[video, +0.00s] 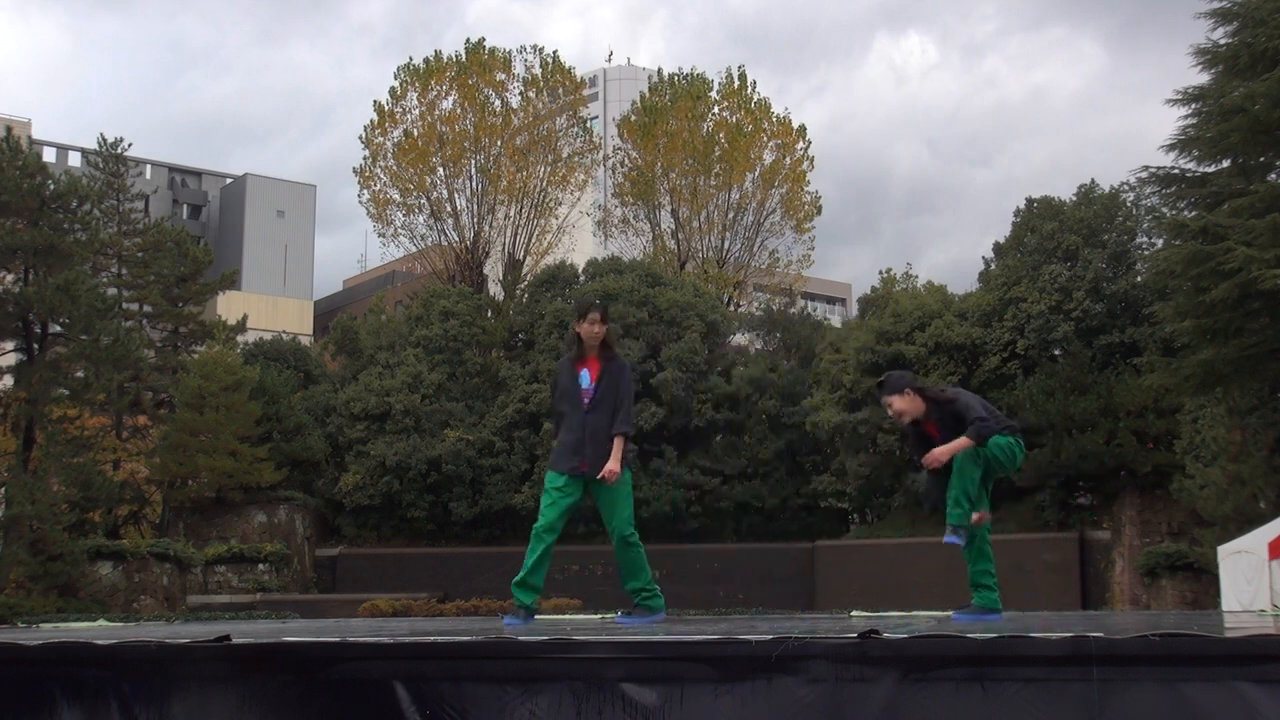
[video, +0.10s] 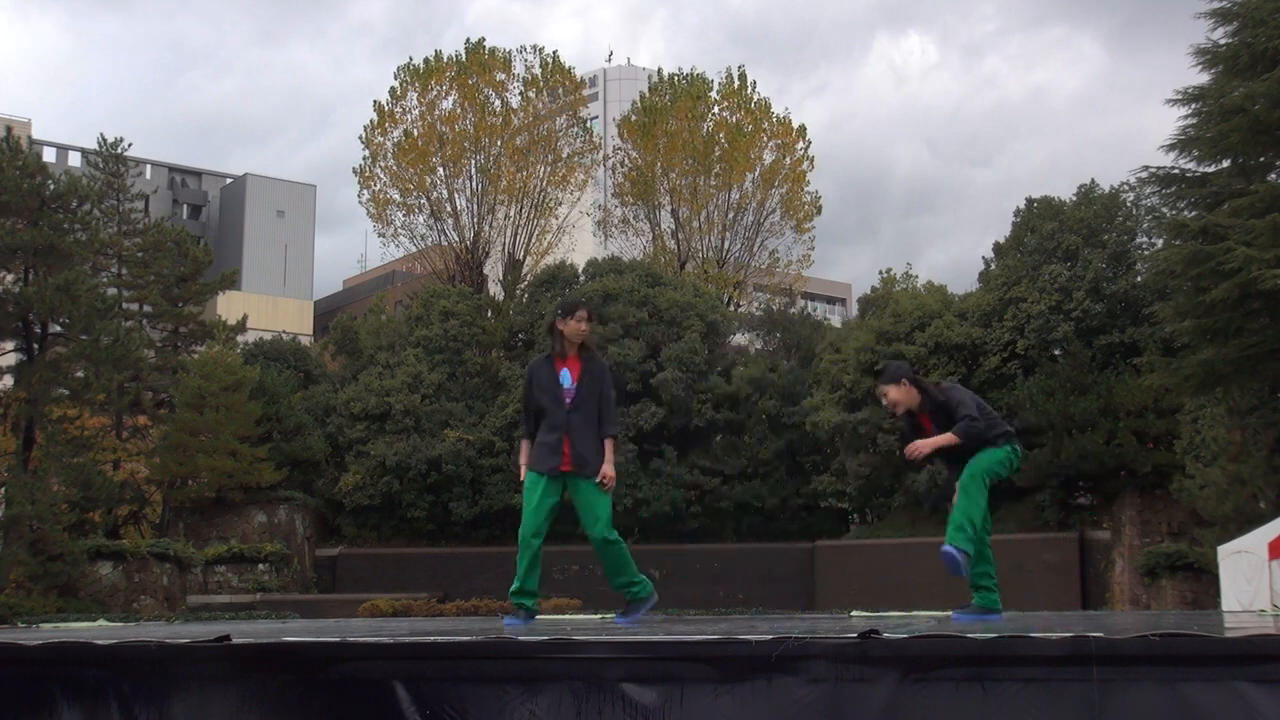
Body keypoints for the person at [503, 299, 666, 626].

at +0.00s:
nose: (596, 329)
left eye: (600, 323)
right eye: (589, 323)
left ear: (606, 328)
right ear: (577, 327)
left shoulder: (618, 367)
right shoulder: (564, 367)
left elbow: (624, 415)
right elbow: (558, 414)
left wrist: (615, 457)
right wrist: (563, 449)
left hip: (608, 463)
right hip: (566, 462)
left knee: (623, 533)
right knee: (544, 528)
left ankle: (649, 603)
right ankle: (523, 605)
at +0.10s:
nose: (583, 326)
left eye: (586, 321)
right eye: (576, 320)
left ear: (589, 327)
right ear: (559, 324)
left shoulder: (598, 368)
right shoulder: (538, 368)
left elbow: (607, 416)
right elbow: (529, 419)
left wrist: (609, 460)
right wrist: (524, 463)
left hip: (587, 466)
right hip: (544, 465)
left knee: (600, 534)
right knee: (529, 534)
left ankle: (640, 593)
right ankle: (524, 606)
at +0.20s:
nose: (567, 323)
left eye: (569, 318)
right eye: (561, 317)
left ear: (570, 323)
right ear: (542, 320)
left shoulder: (581, 363)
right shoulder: (521, 365)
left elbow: (591, 414)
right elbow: (508, 416)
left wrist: (592, 457)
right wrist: (509, 461)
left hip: (570, 462)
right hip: (529, 463)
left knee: (569, 521)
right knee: (524, 533)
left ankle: (612, 581)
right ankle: (522, 605)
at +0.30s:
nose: (553, 317)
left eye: (555, 312)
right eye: (546, 312)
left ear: (556, 318)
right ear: (529, 315)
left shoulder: (568, 359)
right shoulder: (508, 363)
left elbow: (578, 410)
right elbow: (499, 416)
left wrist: (578, 451)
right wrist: (501, 466)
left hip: (560, 458)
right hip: (519, 460)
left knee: (550, 516)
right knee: (520, 531)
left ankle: (569, 594)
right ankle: (522, 604)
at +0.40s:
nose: (541, 315)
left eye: (543, 310)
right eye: (534, 309)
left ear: (544, 316)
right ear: (516, 313)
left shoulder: (557, 358)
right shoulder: (496, 362)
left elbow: (568, 409)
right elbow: (488, 417)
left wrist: (570, 450)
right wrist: (493, 464)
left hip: (549, 457)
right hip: (509, 457)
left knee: (537, 524)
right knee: (511, 528)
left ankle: (528, 601)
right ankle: (515, 598)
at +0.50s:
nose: (529, 314)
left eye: (532, 310)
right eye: (523, 308)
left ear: (535, 317)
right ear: (506, 313)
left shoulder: (548, 358)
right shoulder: (488, 363)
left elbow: (560, 411)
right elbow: (479, 419)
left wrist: (560, 454)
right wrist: (485, 467)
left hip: (539, 459)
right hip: (499, 459)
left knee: (521, 527)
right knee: (504, 531)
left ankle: (500, 596)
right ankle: (523, 604)